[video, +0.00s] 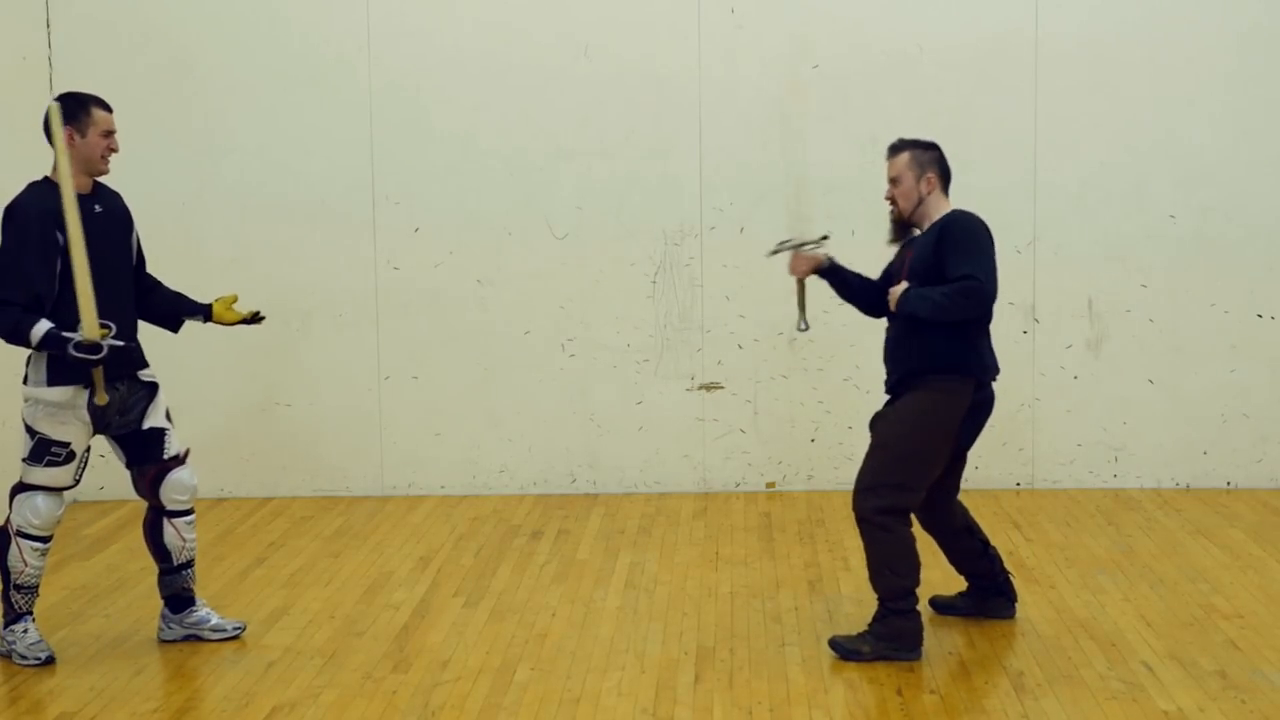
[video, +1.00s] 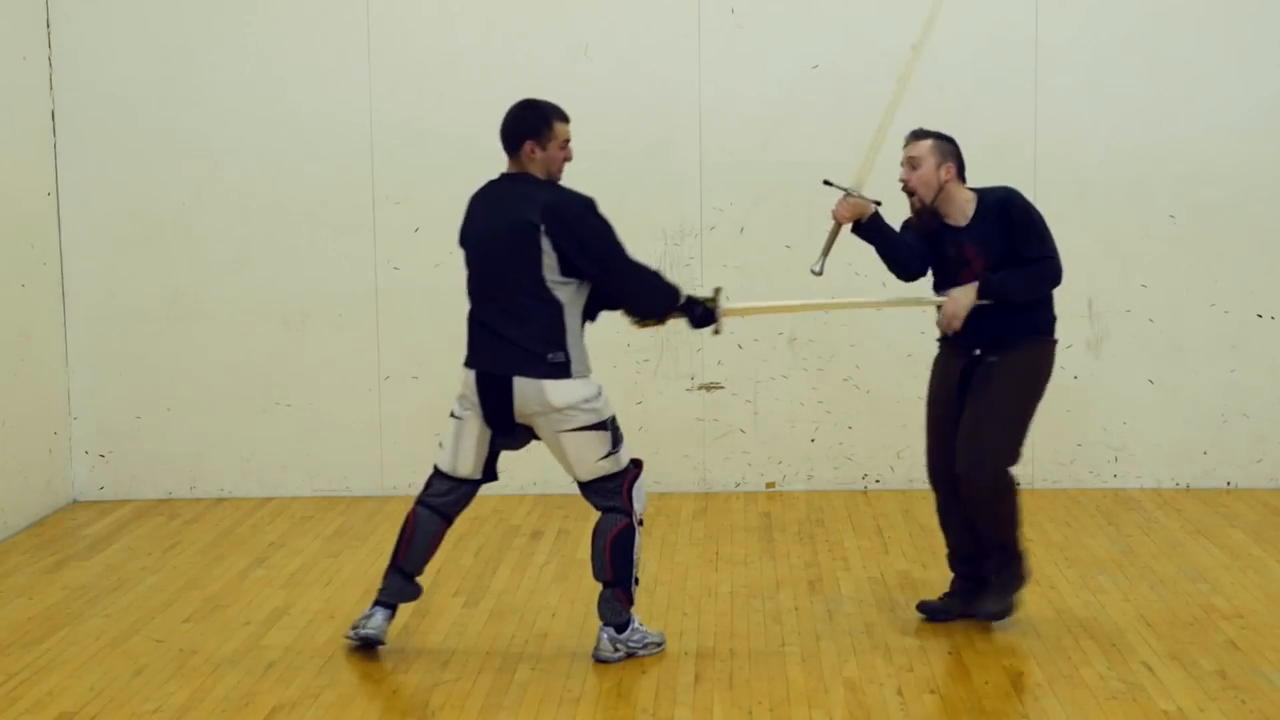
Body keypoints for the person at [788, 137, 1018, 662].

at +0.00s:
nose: (888, 193)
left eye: (895, 182)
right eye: (887, 184)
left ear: (929, 182)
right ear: (921, 185)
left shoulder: (962, 228)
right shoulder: (912, 249)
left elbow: (976, 297)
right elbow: (880, 301)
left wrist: (910, 299)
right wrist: (827, 268)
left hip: (943, 389)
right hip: (939, 392)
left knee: (878, 499)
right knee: (934, 501)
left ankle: (897, 629)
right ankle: (992, 590)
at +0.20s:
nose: (897, 194)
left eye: (905, 184)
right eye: (898, 184)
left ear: (938, 187)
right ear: (935, 187)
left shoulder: (957, 249)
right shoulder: (929, 239)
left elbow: (949, 340)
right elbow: (875, 266)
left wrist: (892, 318)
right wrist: (805, 251)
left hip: (928, 403)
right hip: (940, 400)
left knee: (861, 508)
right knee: (930, 501)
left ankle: (895, 630)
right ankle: (992, 589)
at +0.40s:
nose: (892, 220)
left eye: (903, 215)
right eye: (894, 210)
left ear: (938, 222)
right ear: (927, 217)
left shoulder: (971, 288)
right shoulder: (905, 231)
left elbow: (970, 371)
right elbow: (847, 260)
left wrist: (902, 337)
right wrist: (787, 309)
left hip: (931, 406)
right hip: (903, 396)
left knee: (866, 504)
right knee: (919, 496)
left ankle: (895, 629)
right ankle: (986, 579)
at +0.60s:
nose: (904, 218)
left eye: (915, 211)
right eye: (904, 208)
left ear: (949, 215)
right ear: (908, 201)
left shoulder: (986, 283)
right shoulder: (902, 232)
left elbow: (990, 363)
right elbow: (865, 274)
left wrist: (925, 326)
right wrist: (891, 299)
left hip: (938, 404)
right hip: (888, 393)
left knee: (872, 501)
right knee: (892, 497)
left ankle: (897, 629)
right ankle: (978, 572)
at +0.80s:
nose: (908, 195)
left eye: (918, 187)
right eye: (909, 185)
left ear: (951, 194)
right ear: (929, 193)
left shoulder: (996, 252)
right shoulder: (916, 239)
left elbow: (993, 330)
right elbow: (885, 280)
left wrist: (936, 283)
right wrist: (891, 230)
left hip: (957, 399)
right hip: (903, 393)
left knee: (891, 497)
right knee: (881, 495)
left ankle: (896, 628)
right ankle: (958, 574)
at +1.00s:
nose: (904, 177)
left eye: (914, 165)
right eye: (903, 167)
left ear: (948, 169)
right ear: (933, 175)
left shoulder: (1005, 206)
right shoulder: (925, 224)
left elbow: (1048, 271)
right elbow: (908, 266)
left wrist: (975, 290)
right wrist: (868, 220)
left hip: (1020, 352)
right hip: (959, 355)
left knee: (981, 463)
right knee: (945, 470)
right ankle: (969, 586)